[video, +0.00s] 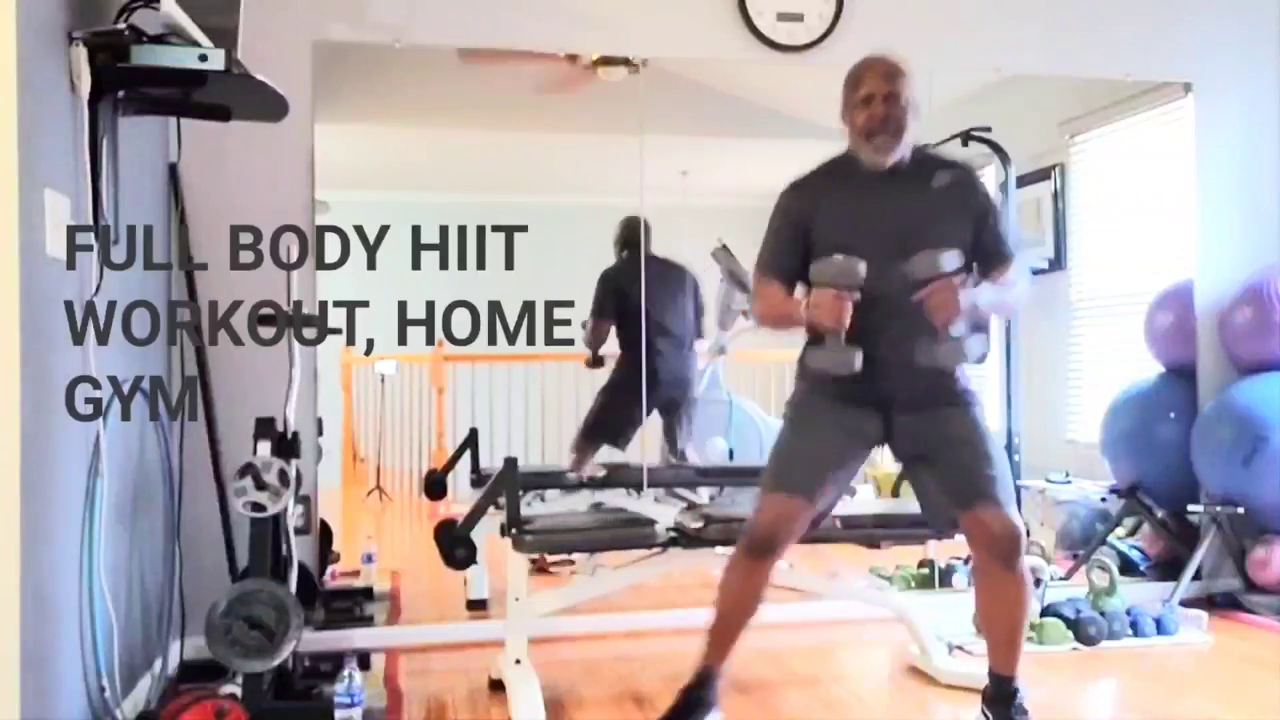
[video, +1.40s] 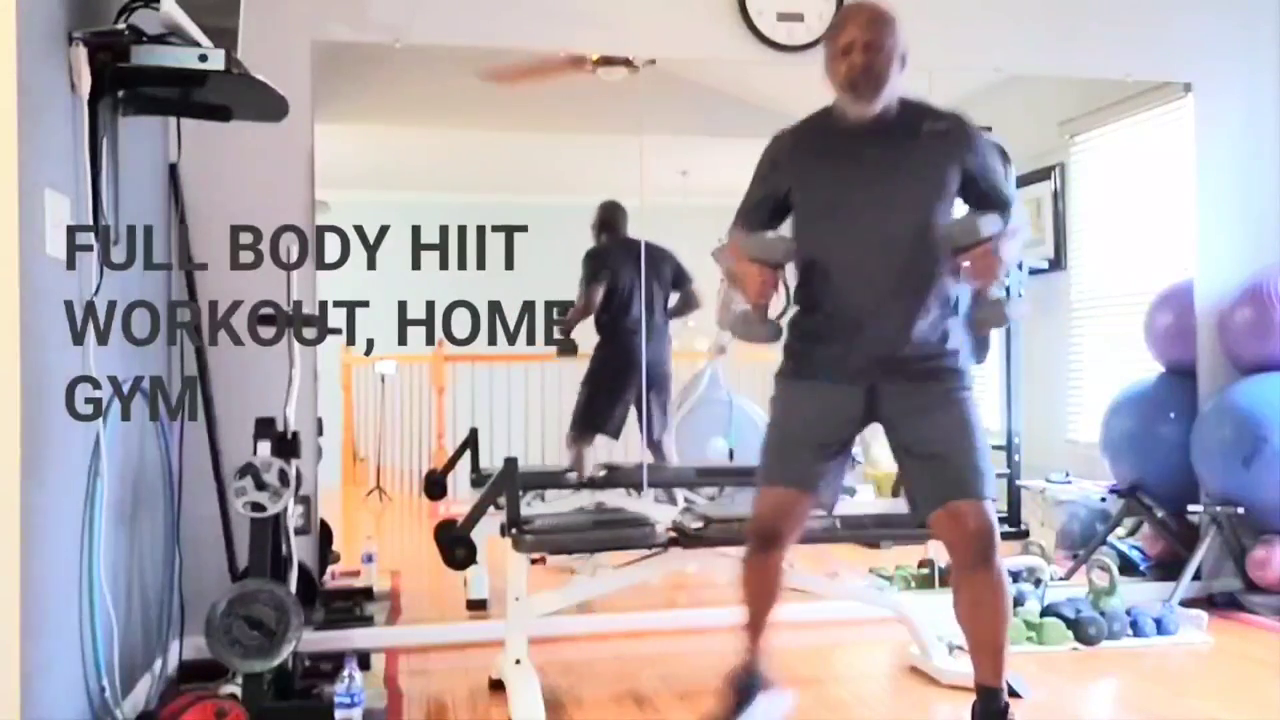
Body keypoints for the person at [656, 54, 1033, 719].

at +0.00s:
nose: (879, 110)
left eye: (892, 99)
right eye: (865, 101)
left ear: (915, 109)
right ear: (844, 115)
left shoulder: (959, 188)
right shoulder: (808, 196)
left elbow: (1010, 287)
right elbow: (765, 301)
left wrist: (970, 298)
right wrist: (806, 307)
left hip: (935, 397)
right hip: (836, 394)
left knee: (1001, 536)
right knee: (764, 535)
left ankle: (1004, 696)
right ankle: (704, 683)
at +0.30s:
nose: (780, 99)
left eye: (793, 87)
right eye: (767, 88)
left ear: (814, 95)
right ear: (747, 97)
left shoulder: (860, 174)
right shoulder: (711, 183)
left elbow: (917, 270)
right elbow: (661, 280)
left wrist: (881, 275)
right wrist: (698, 290)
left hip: (837, 380)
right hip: (740, 380)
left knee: (904, 526)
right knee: (700, 533)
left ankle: (955, 663)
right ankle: (684, 687)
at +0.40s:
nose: (758, 63)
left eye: (772, 51)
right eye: (745, 52)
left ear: (795, 58)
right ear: (726, 61)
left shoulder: (840, 134)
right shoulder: (692, 142)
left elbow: (888, 205)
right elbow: (643, 228)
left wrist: (878, 238)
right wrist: (651, 257)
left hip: (813, 350)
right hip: (718, 352)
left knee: (853, 504)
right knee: (688, 515)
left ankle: (847, 649)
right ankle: (678, 681)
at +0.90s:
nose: (730, 74)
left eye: (744, 62)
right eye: (718, 62)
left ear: (770, 67)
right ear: (700, 69)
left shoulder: (821, 140)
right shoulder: (672, 152)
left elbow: (873, 235)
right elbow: (617, 243)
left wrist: (841, 257)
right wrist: (641, 269)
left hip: (805, 365)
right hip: (709, 369)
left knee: (866, 523)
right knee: (679, 528)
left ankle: (923, 676)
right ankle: (679, 687)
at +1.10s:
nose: (780, 165)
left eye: (793, 154)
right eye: (767, 154)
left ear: (819, 162)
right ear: (747, 162)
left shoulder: (862, 234)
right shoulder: (713, 238)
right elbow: (675, 349)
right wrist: (708, 338)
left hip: (840, 433)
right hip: (737, 433)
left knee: (946, 552)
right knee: (678, 559)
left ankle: (985, 703)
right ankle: (682, 694)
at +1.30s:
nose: (836, 108)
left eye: (850, 97)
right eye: (822, 98)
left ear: (876, 108)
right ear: (804, 111)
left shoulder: (921, 185)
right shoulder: (765, 197)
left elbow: (980, 286)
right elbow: (718, 287)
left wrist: (944, 291)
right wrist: (736, 303)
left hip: (896, 402)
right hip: (790, 403)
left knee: (974, 544)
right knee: (733, 545)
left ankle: (990, 705)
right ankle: (691, 689)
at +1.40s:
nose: (856, 57)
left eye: (871, 46)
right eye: (844, 46)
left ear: (900, 58)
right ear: (826, 60)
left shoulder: (950, 138)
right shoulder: (795, 148)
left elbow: (1008, 210)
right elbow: (738, 240)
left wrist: (999, 247)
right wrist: (745, 268)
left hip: (926, 366)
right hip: (821, 365)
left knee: (971, 532)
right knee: (768, 528)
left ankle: (991, 702)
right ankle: (751, 664)